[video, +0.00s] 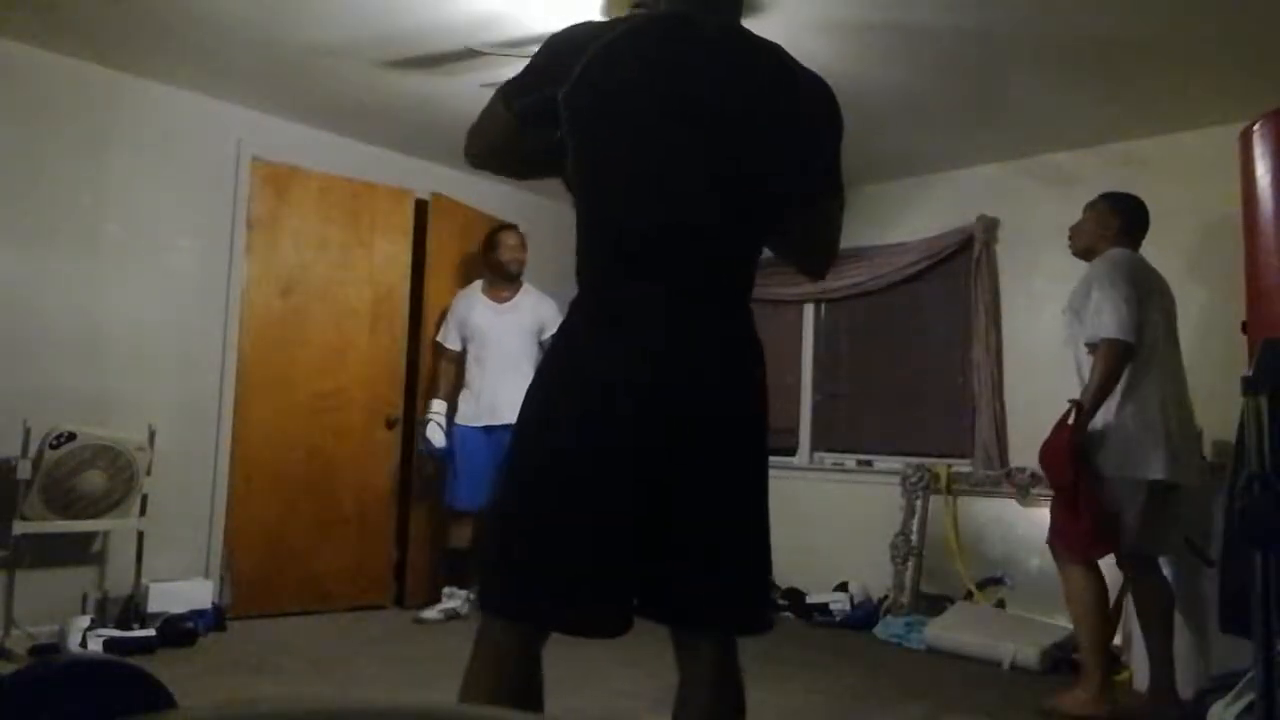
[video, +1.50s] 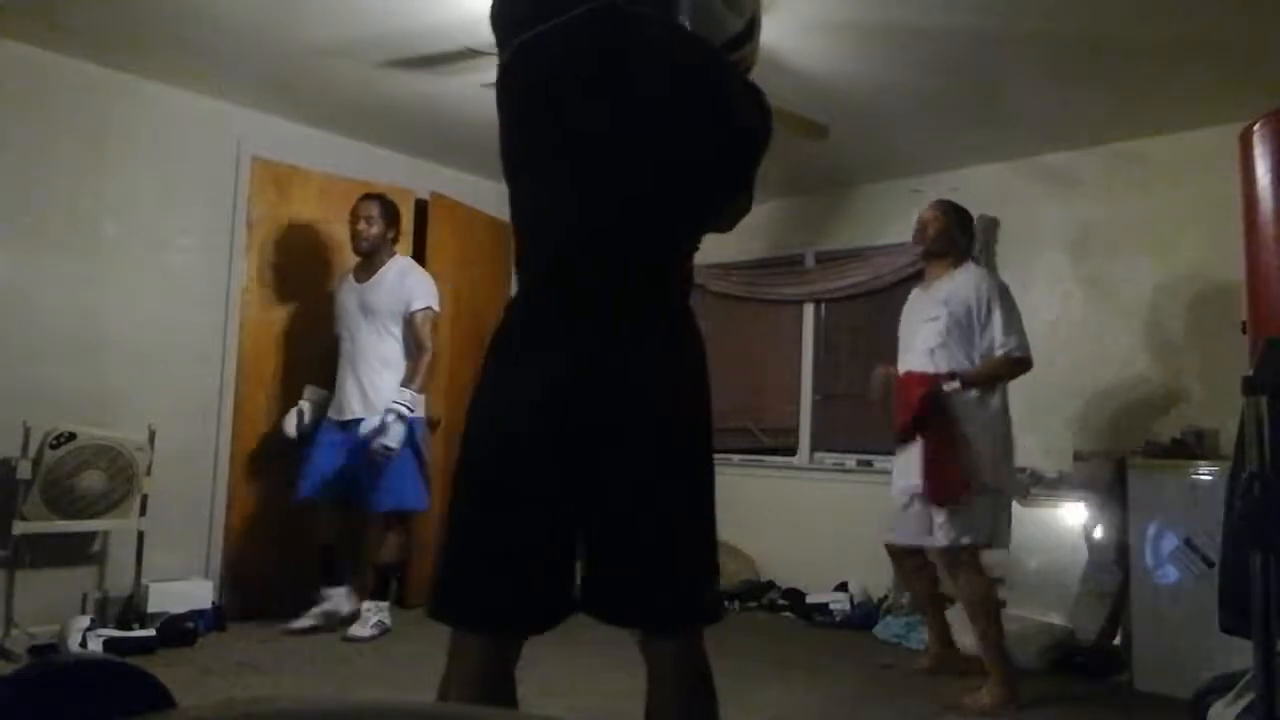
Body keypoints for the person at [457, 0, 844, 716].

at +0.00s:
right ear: (744, 1)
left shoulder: (589, 50)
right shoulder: (799, 91)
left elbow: (490, 144)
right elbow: (815, 250)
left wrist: (603, 154)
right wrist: (733, 176)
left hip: (596, 358)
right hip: (718, 369)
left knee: (511, 620)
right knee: (706, 634)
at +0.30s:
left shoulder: (533, 38)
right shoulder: (747, 83)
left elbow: (442, 127)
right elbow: (792, 257)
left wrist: (460, 186)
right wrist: (708, 167)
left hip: (548, 357)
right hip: (673, 368)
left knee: (497, 642)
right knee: (689, 646)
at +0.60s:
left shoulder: (456, 30)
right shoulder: (680, 69)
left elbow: (359, 108)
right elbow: (760, 242)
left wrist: (439, 138)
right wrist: (686, 159)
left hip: (482, 364)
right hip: (610, 372)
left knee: (458, 643)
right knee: (648, 640)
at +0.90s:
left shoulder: (450, 36)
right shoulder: (658, 77)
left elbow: (394, 79)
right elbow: (711, 235)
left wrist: (441, 2)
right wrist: (677, 107)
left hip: (466, 365)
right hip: (592, 371)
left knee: (446, 644)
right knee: (633, 634)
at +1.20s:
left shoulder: (479, 58)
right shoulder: (676, 82)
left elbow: (455, 15)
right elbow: (682, 211)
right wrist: (688, 74)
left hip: (493, 362)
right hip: (614, 368)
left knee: (461, 640)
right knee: (650, 635)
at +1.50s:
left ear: (562, 3)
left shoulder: (527, 65)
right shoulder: (722, 91)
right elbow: (725, 209)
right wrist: (729, 91)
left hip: (537, 359)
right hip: (655, 369)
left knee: (483, 640)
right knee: (672, 638)